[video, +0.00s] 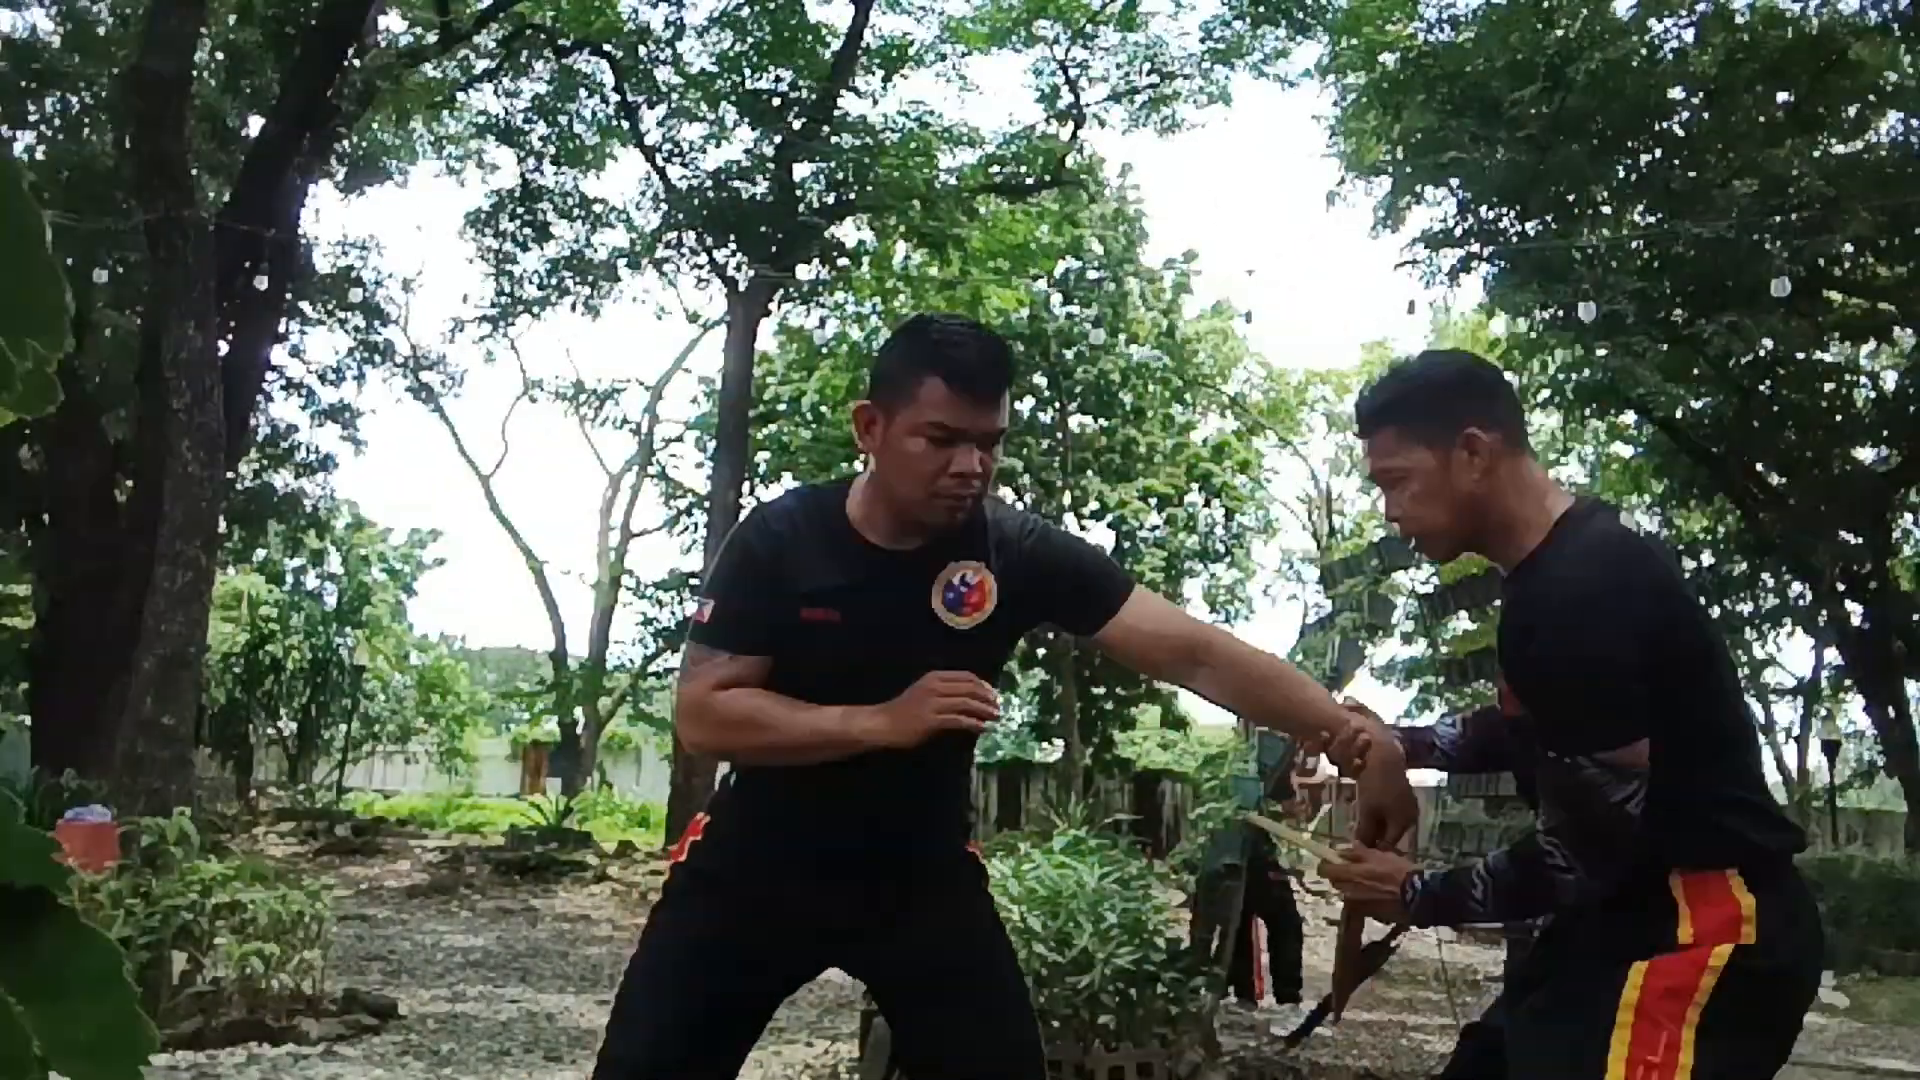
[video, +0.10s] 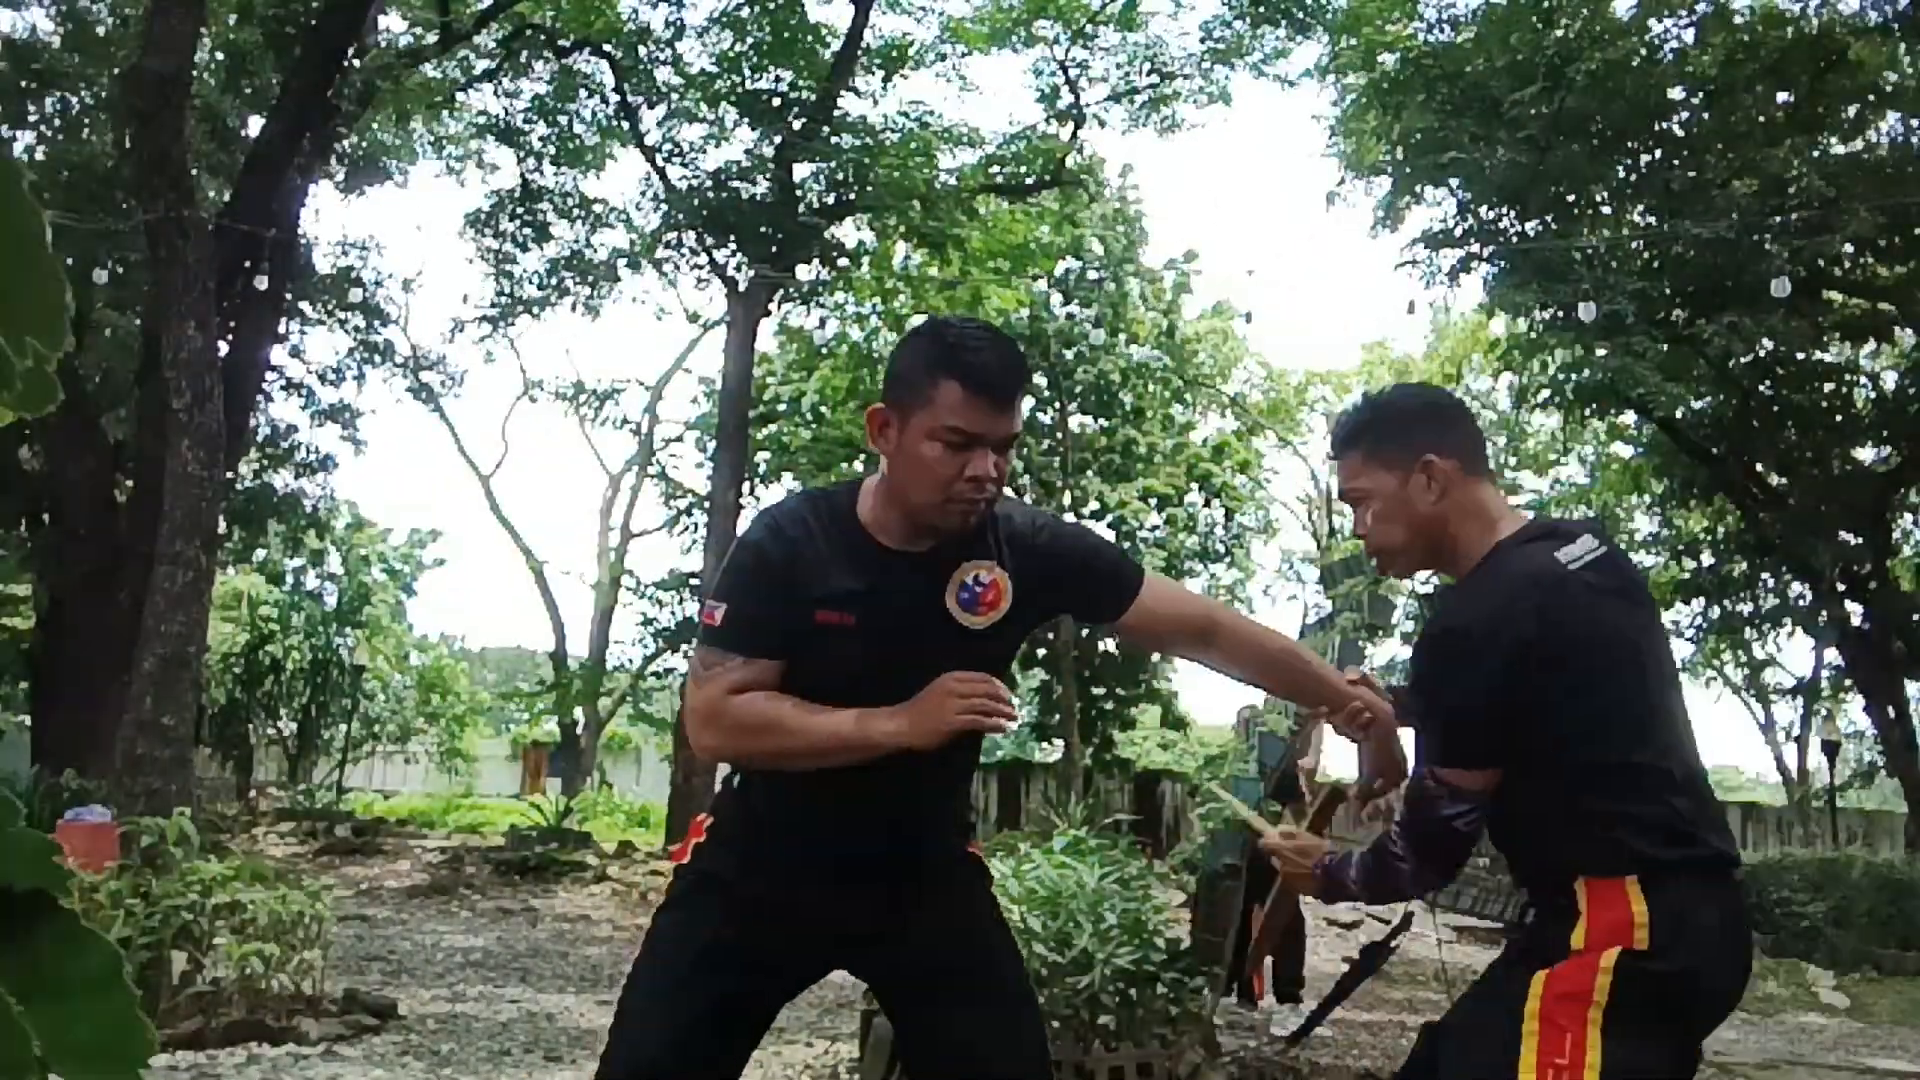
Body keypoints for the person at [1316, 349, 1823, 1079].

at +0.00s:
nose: (1389, 514)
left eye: (1397, 481)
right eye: (1381, 488)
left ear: (1474, 453)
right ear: (1477, 456)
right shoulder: (1557, 570)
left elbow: (1591, 848)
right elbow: (1535, 735)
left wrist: (1422, 897)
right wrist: (1406, 745)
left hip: (1702, 931)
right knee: (1490, 1058)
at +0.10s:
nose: (1357, 530)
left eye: (1361, 502)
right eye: (1349, 507)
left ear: (1431, 479)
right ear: (1435, 478)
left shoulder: (1469, 625)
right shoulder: (1591, 552)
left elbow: (1426, 851)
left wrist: (1327, 872)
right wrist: (1397, 712)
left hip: (1612, 932)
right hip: (1699, 915)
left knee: (1447, 1065)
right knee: (1446, 1051)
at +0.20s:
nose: (1339, 546)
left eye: (1343, 518)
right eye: (1333, 524)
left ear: (1410, 494)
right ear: (1419, 491)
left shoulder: (1414, 639)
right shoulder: (1578, 567)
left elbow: (1345, 805)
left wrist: (1266, 872)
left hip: (1558, 933)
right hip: (1657, 921)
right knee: (1398, 1050)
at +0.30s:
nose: (1330, 558)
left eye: (1338, 530)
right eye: (1324, 538)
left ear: (1403, 509)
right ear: (1410, 509)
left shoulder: (1392, 626)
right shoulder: (1566, 585)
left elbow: (1271, 762)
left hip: (1526, 932)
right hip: (1627, 926)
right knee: (1371, 1063)